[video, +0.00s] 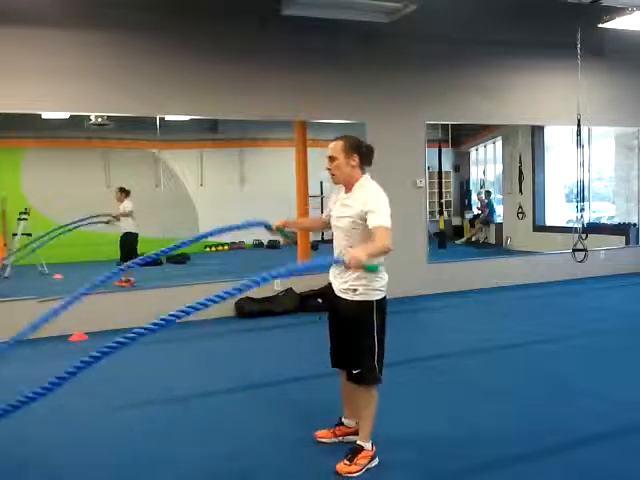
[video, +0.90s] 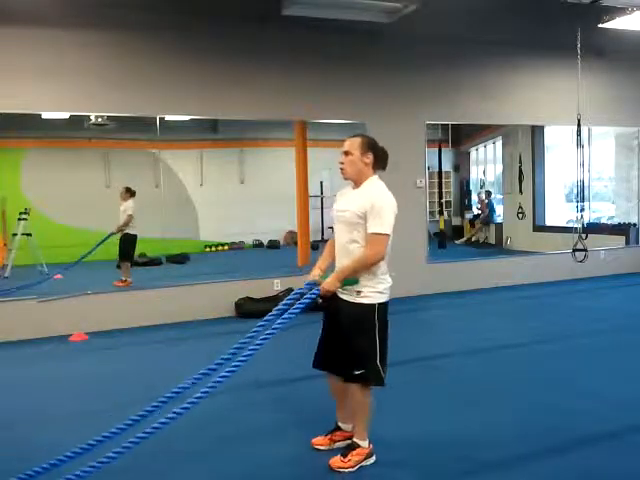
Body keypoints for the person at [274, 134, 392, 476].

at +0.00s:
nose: (328, 166)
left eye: (333, 160)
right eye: (328, 160)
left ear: (354, 162)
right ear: (344, 163)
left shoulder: (372, 194)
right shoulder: (340, 194)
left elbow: (383, 241)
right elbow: (326, 223)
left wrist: (363, 252)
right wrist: (290, 225)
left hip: (366, 296)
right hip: (341, 292)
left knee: (366, 373)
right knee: (346, 366)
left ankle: (366, 446)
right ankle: (349, 424)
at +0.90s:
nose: (341, 159)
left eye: (347, 154)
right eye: (341, 154)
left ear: (368, 159)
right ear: (353, 161)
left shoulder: (380, 197)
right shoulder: (345, 194)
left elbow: (375, 253)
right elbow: (338, 237)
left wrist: (337, 277)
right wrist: (321, 266)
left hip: (367, 300)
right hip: (341, 296)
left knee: (359, 376)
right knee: (335, 368)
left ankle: (362, 444)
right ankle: (346, 429)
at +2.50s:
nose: (305, 180)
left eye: (311, 176)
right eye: (306, 175)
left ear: (331, 184)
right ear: (320, 185)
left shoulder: (345, 214)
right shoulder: (313, 215)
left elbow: (362, 242)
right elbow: (302, 236)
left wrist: (349, 249)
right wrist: (270, 235)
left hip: (342, 312)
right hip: (313, 306)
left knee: (336, 386)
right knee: (287, 372)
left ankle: (366, 464)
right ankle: (288, 417)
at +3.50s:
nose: (321, 155)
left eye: (327, 148)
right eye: (322, 149)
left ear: (347, 154)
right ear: (332, 156)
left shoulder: (357, 188)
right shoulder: (321, 189)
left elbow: (365, 216)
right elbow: (307, 226)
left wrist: (322, 215)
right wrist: (273, 222)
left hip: (339, 289)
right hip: (311, 284)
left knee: (335, 367)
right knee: (298, 355)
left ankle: (350, 443)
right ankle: (296, 403)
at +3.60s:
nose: (324, 144)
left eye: (330, 139)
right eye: (325, 139)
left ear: (351, 145)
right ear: (336, 147)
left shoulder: (361, 178)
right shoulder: (324, 181)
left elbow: (341, 212)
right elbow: (301, 213)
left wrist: (292, 215)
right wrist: (281, 219)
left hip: (341, 278)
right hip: (313, 272)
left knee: (325, 355)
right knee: (297, 343)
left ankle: (329, 434)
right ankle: (300, 412)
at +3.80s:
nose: (323, 172)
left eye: (330, 168)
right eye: (324, 167)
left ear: (348, 177)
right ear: (334, 176)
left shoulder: (356, 216)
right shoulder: (321, 212)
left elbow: (343, 265)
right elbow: (309, 252)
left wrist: (301, 268)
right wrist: (293, 265)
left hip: (337, 311)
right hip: (312, 302)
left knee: (309, 380)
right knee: (292, 377)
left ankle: (323, 445)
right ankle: (313, 436)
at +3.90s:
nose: (327, 158)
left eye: (335, 152)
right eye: (329, 152)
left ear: (353, 162)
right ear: (337, 161)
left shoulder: (359, 196)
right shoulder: (327, 195)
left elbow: (356, 233)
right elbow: (306, 227)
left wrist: (311, 237)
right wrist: (288, 239)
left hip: (339, 298)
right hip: (315, 292)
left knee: (324, 374)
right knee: (304, 369)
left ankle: (325, 440)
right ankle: (309, 430)